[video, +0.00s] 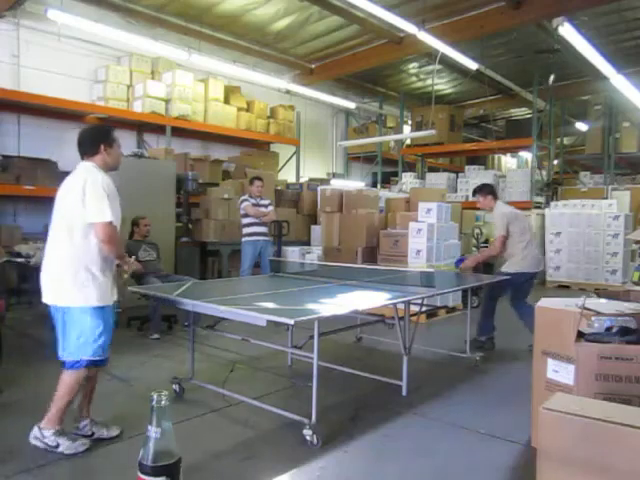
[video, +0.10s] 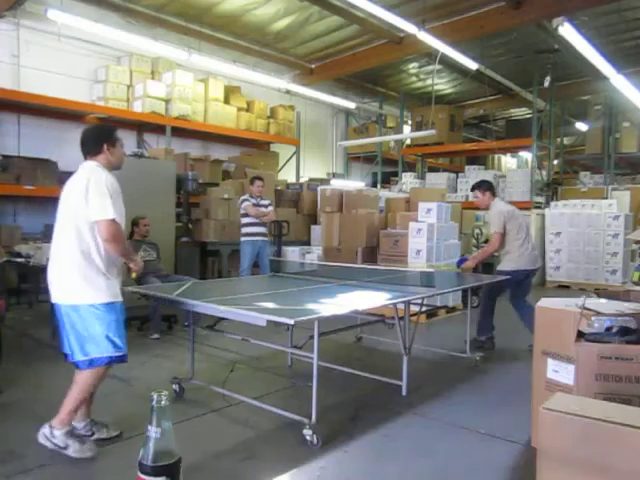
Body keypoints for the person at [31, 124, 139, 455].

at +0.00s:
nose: (121, 152)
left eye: (119, 146)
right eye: (117, 146)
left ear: (93, 150)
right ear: (104, 149)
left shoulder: (78, 178)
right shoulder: (95, 179)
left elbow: (90, 234)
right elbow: (105, 233)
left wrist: (118, 256)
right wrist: (124, 258)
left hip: (74, 287)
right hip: (83, 289)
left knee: (92, 357)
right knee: (83, 360)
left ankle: (84, 422)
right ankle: (48, 428)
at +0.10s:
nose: (124, 152)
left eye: (122, 145)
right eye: (120, 146)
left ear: (95, 149)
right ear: (106, 148)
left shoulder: (81, 177)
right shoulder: (99, 177)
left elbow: (89, 234)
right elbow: (110, 234)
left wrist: (127, 238)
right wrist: (131, 258)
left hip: (70, 285)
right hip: (89, 287)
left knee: (90, 357)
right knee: (103, 356)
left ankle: (82, 423)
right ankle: (57, 428)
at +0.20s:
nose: (126, 151)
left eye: (125, 145)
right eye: (123, 145)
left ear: (96, 149)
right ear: (108, 148)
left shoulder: (82, 177)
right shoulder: (103, 177)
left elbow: (92, 233)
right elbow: (112, 231)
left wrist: (128, 244)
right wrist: (136, 258)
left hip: (74, 287)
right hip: (94, 289)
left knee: (89, 361)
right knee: (108, 363)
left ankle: (82, 423)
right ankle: (79, 440)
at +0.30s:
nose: (129, 153)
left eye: (127, 147)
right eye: (126, 147)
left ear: (96, 151)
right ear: (113, 149)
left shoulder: (80, 181)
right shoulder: (111, 179)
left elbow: (88, 233)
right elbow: (119, 233)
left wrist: (131, 234)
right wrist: (141, 261)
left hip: (73, 288)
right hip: (101, 289)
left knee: (92, 359)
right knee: (115, 365)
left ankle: (80, 422)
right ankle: (103, 452)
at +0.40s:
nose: (136, 156)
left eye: (135, 150)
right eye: (134, 150)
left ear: (101, 153)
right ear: (121, 151)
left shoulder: (81, 184)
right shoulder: (119, 184)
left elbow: (88, 237)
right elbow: (130, 240)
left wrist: (135, 263)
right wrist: (149, 267)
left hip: (73, 292)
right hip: (104, 295)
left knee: (95, 361)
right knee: (115, 371)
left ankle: (81, 422)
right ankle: (100, 459)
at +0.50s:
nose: (142, 156)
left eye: (141, 150)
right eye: (139, 149)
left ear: (106, 154)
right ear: (126, 152)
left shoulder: (81, 184)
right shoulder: (124, 186)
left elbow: (88, 238)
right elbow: (140, 244)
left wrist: (131, 266)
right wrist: (152, 272)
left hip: (68, 292)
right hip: (102, 296)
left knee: (93, 359)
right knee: (116, 370)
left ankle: (81, 422)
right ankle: (100, 460)